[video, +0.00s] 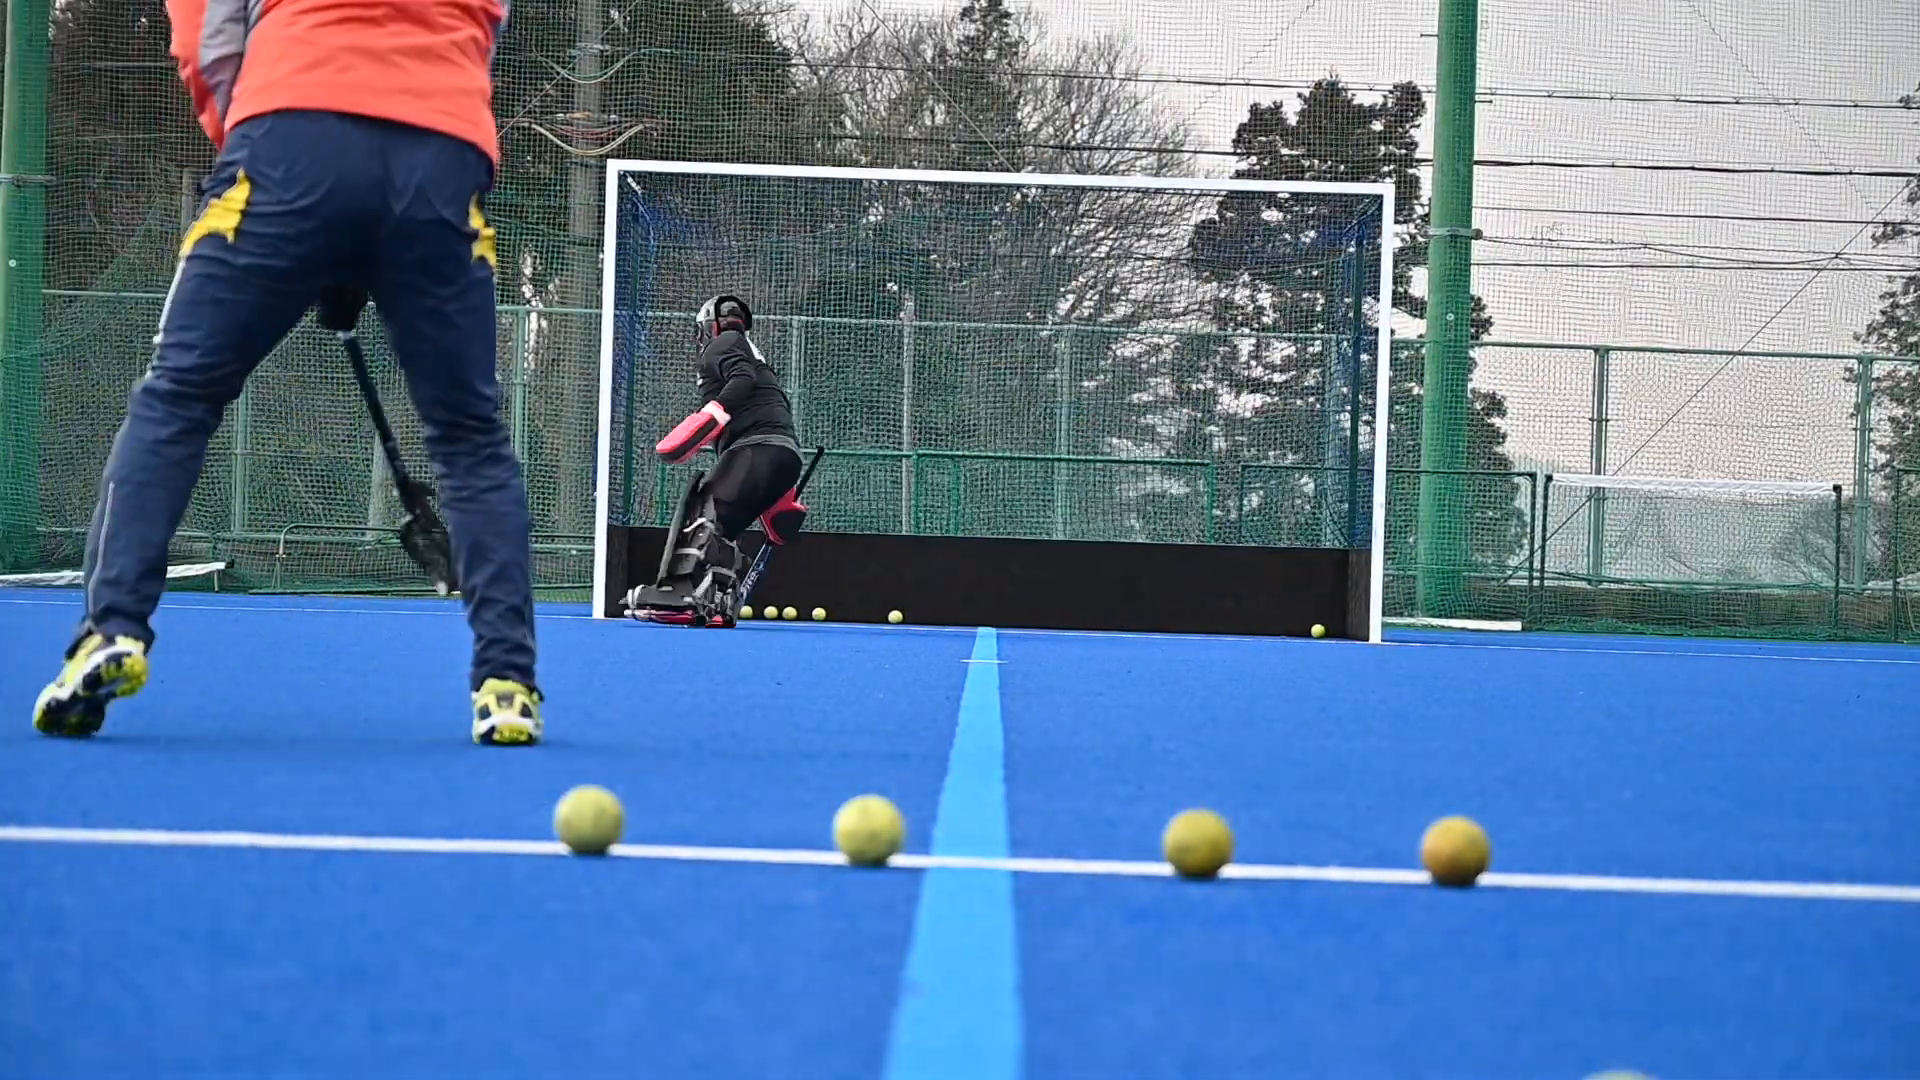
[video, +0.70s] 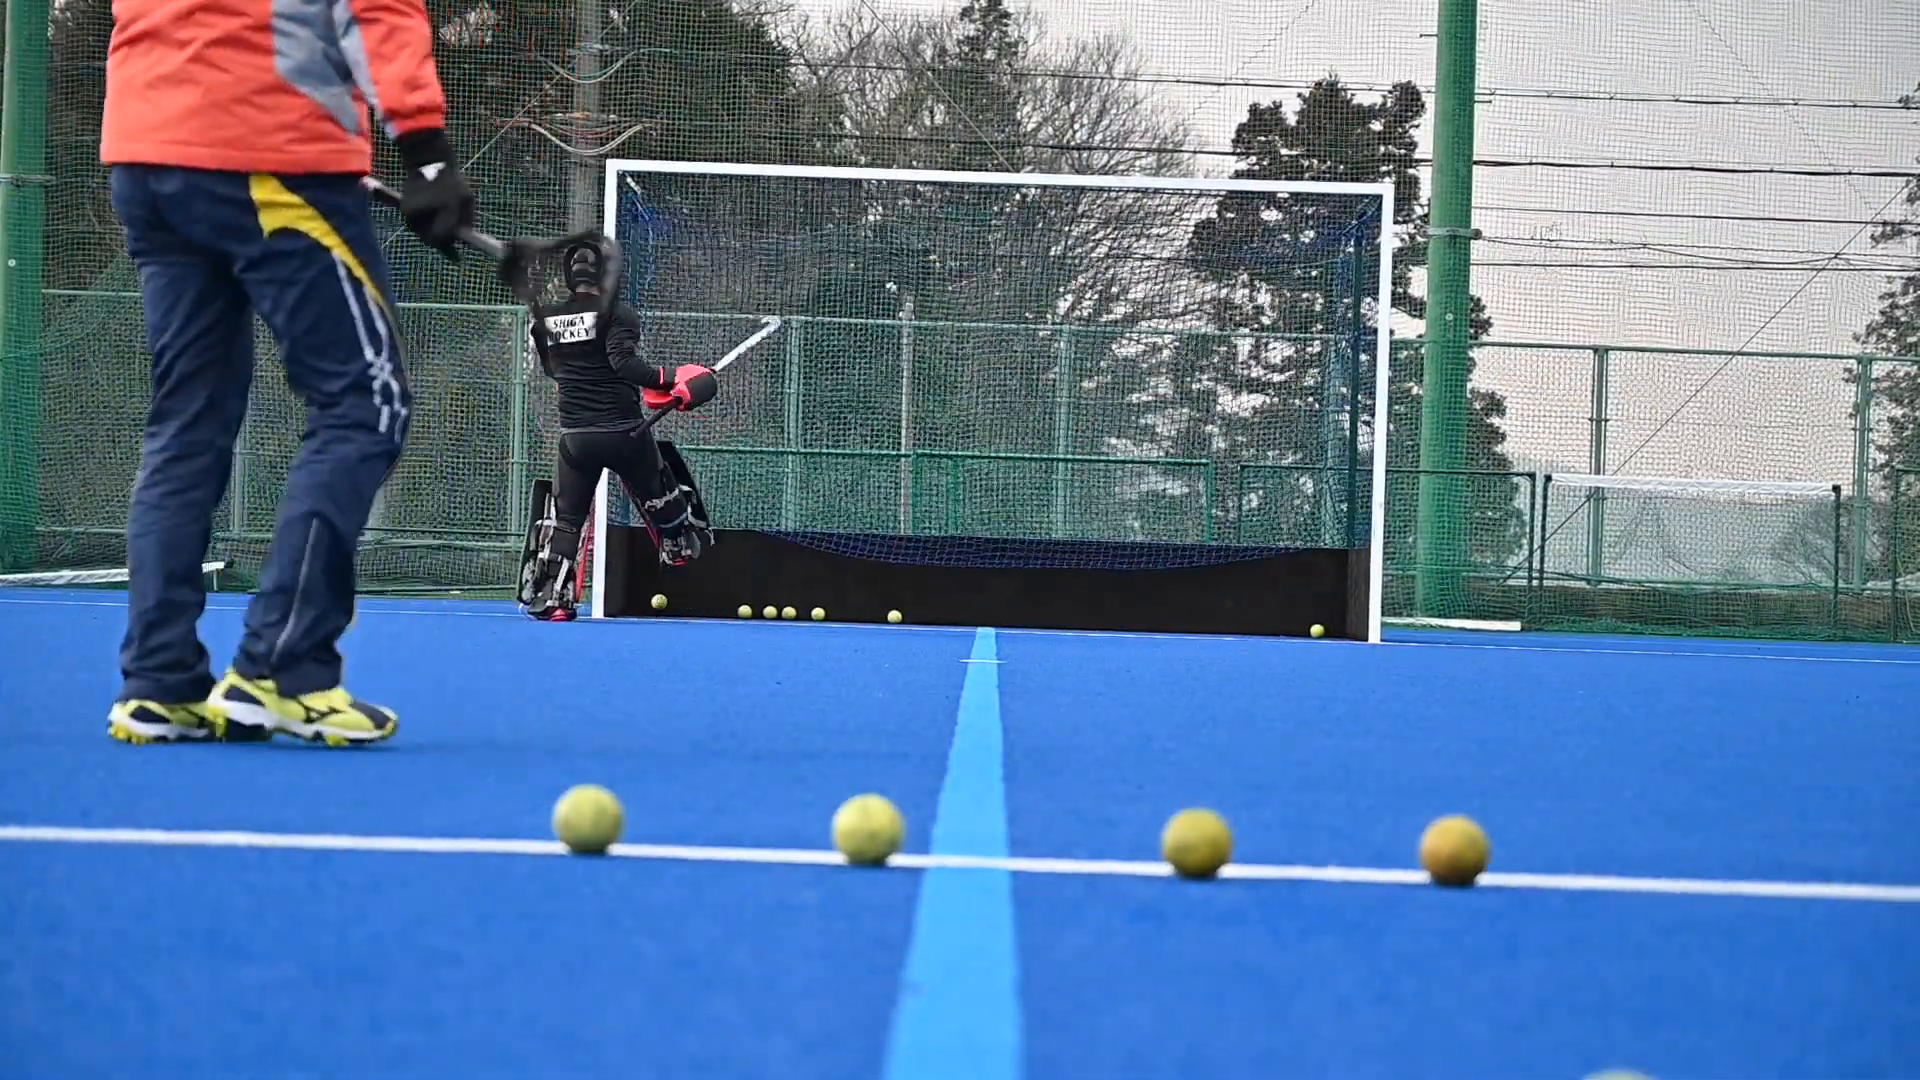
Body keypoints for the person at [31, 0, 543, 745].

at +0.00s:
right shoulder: (479, 2)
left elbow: (208, 46)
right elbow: (455, 70)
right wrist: (354, 244)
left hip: (296, 139)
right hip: (444, 158)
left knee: (179, 395)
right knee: (473, 437)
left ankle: (115, 629)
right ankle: (507, 679)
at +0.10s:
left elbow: (206, 21)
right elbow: (519, 41)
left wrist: (269, 120)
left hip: (288, 134)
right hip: (435, 153)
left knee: (203, 390)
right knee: (473, 429)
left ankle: (161, 620)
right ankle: (506, 678)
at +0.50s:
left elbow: (128, 14)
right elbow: (486, 15)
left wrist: (223, 78)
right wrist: (571, 142)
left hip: (178, 145)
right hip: (327, 144)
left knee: (211, 423)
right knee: (417, 420)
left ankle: (165, 684)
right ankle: (470, 677)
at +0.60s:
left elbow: (129, 15)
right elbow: (439, 12)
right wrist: (515, 150)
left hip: (155, 142)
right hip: (298, 137)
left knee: (196, 421)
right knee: (395, 411)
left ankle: (165, 685)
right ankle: (378, 678)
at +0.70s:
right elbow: (378, 5)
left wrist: (336, 156)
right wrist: (427, 149)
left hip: (144, 137)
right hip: (269, 134)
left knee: (190, 419)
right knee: (364, 406)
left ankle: (159, 685)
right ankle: (287, 672)